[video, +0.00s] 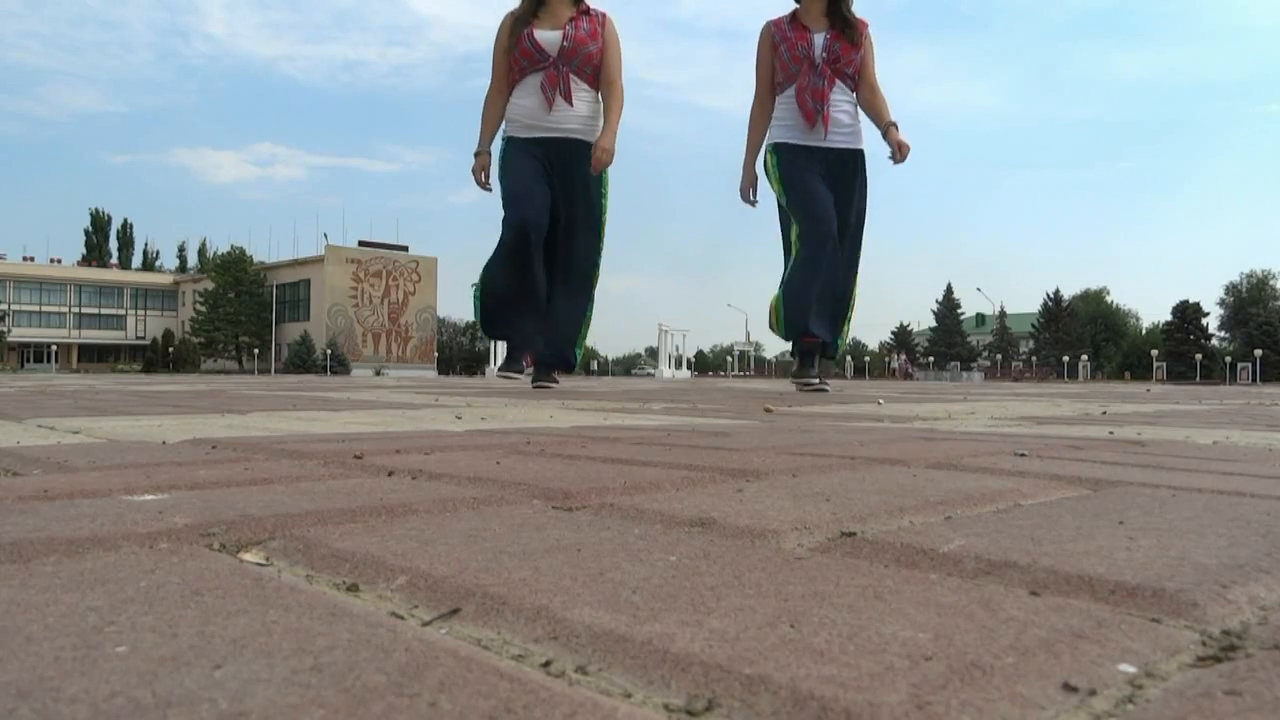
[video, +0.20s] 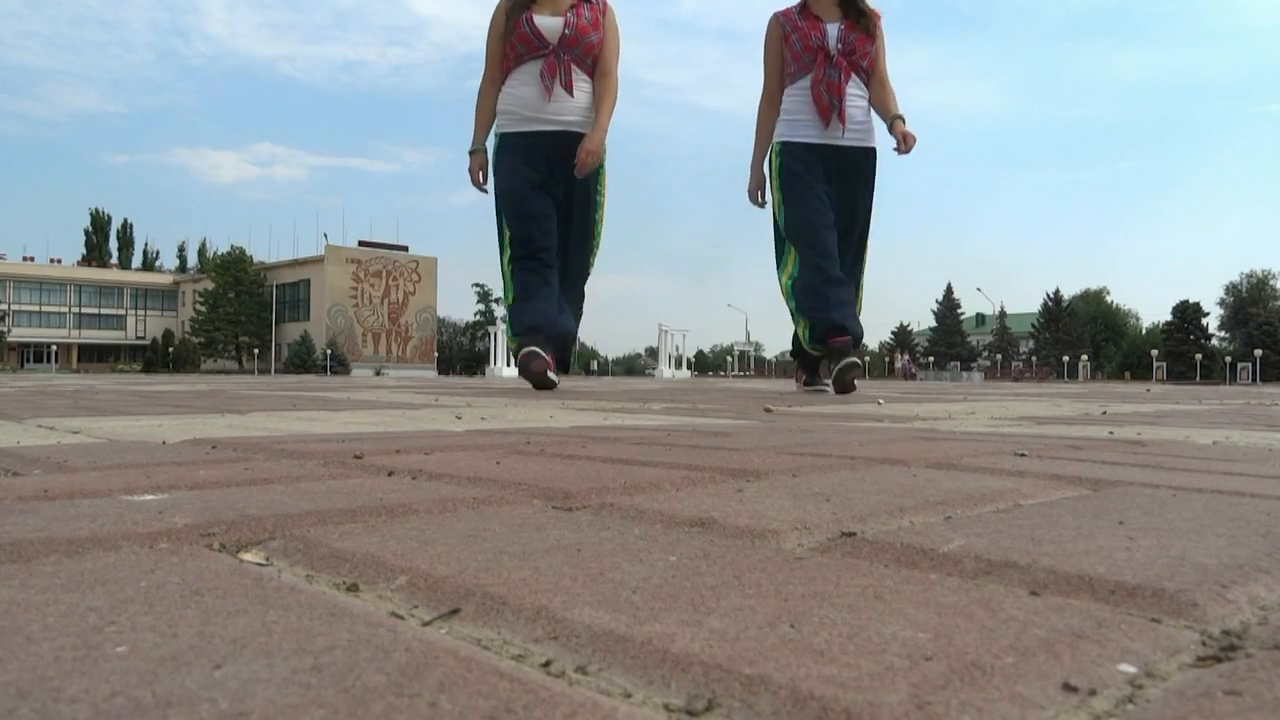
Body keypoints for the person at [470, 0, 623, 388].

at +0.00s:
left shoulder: (600, 22)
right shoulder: (514, 21)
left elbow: (612, 86)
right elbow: (499, 89)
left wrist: (609, 135)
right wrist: (484, 147)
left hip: (579, 150)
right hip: (523, 147)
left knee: (571, 251)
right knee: (526, 229)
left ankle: (549, 362)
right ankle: (518, 343)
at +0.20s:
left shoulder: (599, 9)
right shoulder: (508, 9)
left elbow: (607, 74)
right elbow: (492, 78)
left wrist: (599, 133)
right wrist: (479, 144)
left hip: (579, 143)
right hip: (519, 141)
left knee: (574, 253)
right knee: (531, 241)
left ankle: (557, 356)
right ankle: (536, 344)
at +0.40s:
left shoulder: (605, 4)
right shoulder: (495, 3)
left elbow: (614, 57)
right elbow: (483, 55)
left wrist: (615, 124)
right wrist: (467, 131)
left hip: (576, 117)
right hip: (511, 111)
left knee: (572, 236)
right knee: (518, 230)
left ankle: (557, 349)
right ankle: (536, 354)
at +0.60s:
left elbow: (613, 30)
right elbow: (471, 27)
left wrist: (628, 106)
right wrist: (460, 96)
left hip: (571, 95)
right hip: (501, 94)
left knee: (565, 213)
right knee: (510, 226)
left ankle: (574, 335)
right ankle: (534, 354)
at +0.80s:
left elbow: (605, 21)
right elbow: (461, 6)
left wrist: (613, 104)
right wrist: (453, 71)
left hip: (565, 78)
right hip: (491, 80)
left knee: (543, 202)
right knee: (498, 215)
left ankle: (531, 337)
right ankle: (543, 348)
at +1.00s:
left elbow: (602, 5)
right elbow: (446, 1)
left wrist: (608, 89)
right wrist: (433, 63)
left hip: (559, 48)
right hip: (478, 53)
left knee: (532, 204)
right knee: (479, 207)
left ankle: (511, 352)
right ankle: (526, 349)